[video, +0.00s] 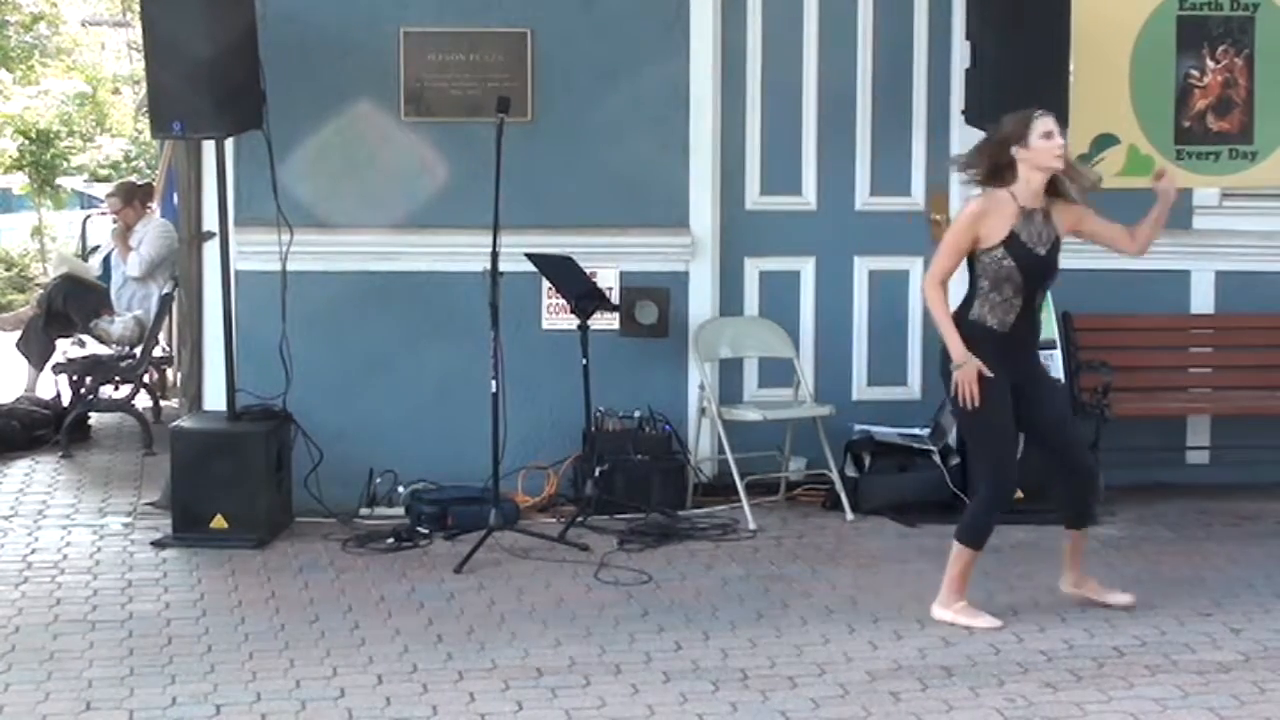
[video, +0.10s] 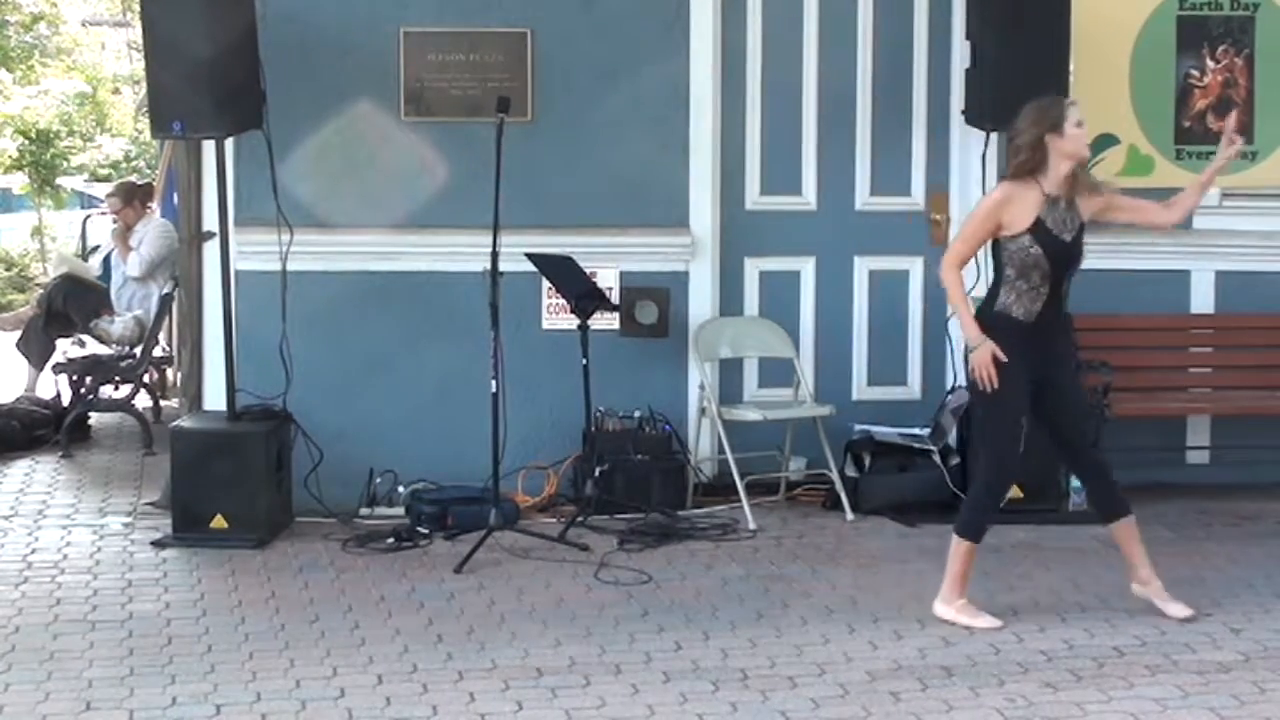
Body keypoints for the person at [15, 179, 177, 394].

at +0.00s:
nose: (115, 220)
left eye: (117, 213)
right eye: (112, 215)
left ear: (136, 206)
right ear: (133, 207)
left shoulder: (162, 230)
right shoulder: (123, 234)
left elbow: (138, 268)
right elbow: (94, 270)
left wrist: (121, 243)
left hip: (137, 320)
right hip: (114, 312)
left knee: (67, 285)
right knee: (42, 322)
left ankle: (33, 311)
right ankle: (29, 391)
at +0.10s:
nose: (115, 220)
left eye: (117, 213)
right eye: (112, 215)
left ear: (136, 206)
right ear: (133, 207)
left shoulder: (162, 230)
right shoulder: (123, 234)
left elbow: (138, 268)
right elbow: (94, 270)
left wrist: (121, 243)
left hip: (137, 321)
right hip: (114, 312)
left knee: (67, 285)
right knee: (42, 322)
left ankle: (33, 311)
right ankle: (29, 391)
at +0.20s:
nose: (115, 219)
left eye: (117, 213)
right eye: (112, 215)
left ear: (135, 205)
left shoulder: (161, 230)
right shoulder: (122, 234)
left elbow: (138, 268)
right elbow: (93, 270)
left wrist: (121, 243)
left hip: (137, 318)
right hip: (114, 311)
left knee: (66, 284)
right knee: (43, 321)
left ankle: (31, 312)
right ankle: (29, 390)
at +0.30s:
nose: (113, 218)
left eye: (116, 212)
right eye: (110, 214)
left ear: (134, 204)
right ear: (131, 205)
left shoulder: (160, 229)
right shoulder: (121, 233)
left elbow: (137, 267)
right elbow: (92, 268)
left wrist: (120, 242)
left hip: (136, 317)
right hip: (113, 309)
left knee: (65, 283)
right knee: (42, 320)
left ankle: (31, 309)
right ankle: (28, 388)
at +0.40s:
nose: (105, 219)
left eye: (107, 212)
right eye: (102, 214)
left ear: (125, 204)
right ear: (122, 206)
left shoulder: (150, 229)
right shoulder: (113, 233)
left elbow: (127, 268)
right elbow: (84, 269)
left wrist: (110, 242)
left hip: (127, 317)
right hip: (105, 309)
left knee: (55, 283)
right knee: (33, 320)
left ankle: (25, 310)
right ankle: (18, 388)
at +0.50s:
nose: (89, 220)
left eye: (92, 213)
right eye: (86, 215)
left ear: (110, 204)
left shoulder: (135, 230)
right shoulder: (98, 235)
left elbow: (112, 269)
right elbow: (68, 271)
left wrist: (94, 244)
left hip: (114, 317)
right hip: (91, 309)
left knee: (37, 286)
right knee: (14, 323)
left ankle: (16, 311)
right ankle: (8, 384)